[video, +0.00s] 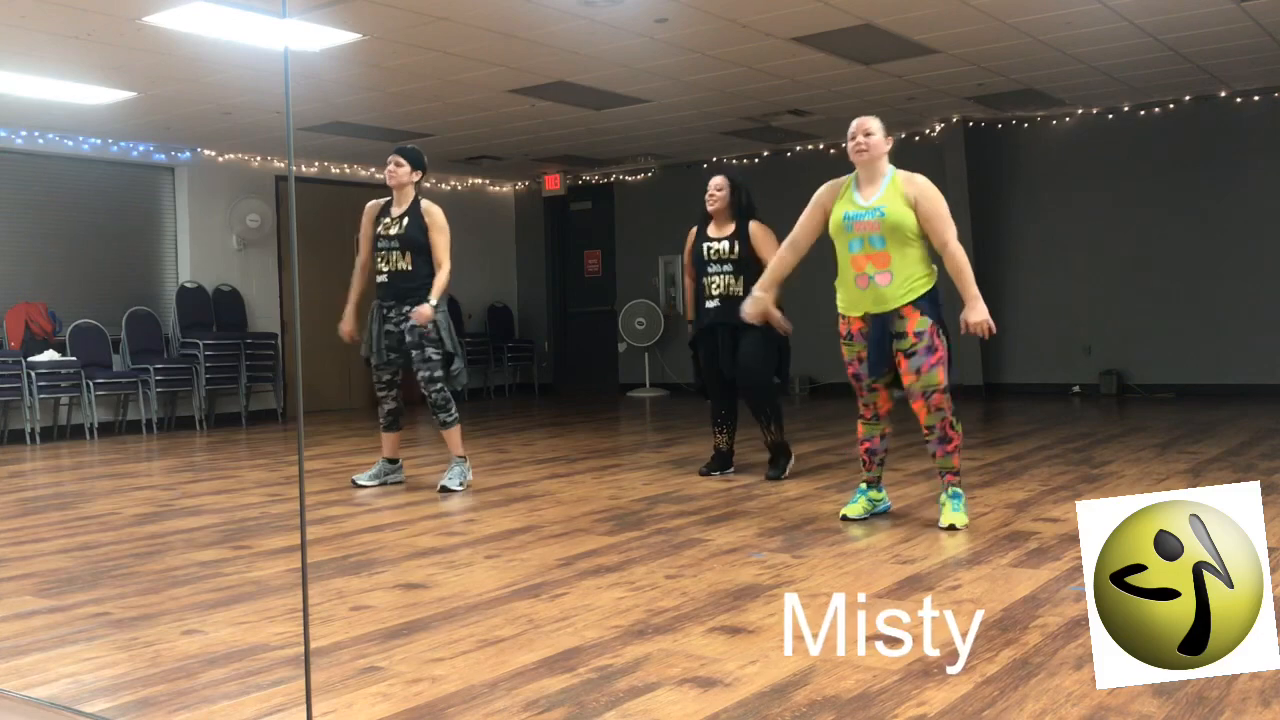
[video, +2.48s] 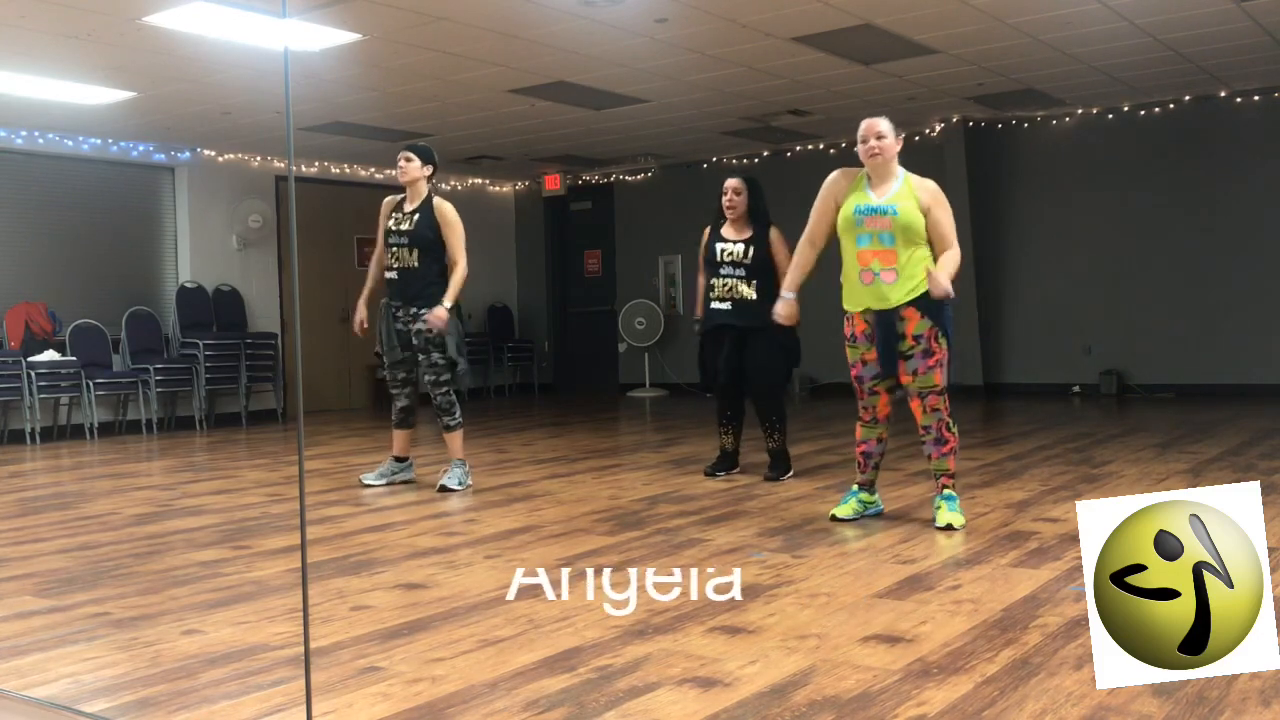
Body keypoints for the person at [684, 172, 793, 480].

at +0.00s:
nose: (710, 195)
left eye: (718, 189)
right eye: (708, 190)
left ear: (734, 195)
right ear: (705, 197)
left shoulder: (754, 231)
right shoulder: (696, 235)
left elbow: (779, 269)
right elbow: (690, 277)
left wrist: (767, 305)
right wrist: (691, 319)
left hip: (751, 327)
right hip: (712, 328)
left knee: (755, 386)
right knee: (719, 392)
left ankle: (779, 451)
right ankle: (722, 455)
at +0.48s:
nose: (730, 194)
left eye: (738, 189)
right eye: (727, 189)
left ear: (753, 195)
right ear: (723, 196)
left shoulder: (771, 230)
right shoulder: (715, 229)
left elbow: (792, 271)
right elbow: (710, 272)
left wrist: (792, 314)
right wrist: (712, 308)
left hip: (765, 326)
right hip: (725, 327)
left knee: (772, 389)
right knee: (712, 382)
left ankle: (783, 457)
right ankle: (721, 452)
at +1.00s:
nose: (727, 200)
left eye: (734, 195)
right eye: (723, 195)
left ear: (748, 199)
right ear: (718, 200)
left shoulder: (767, 234)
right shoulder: (711, 234)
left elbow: (788, 274)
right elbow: (685, 264)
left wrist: (789, 311)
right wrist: (671, 231)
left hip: (758, 331)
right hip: (719, 330)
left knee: (763, 393)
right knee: (724, 392)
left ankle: (777, 458)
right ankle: (725, 456)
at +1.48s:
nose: (745, 196)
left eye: (752, 191)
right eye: (741, 191)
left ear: (768, 196)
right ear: (737, 197)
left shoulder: (783, 227)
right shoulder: (732, 231)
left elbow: (797, 265)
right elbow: (707, 262)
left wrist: (771, 249)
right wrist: (693, 227)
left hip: (774, 326)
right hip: (734, 326)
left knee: (774, 391)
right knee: (732, 389)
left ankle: (779, 459)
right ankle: (732, 457)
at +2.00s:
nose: (740, 200)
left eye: (747, 194)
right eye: (736, 194)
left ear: (760, 198)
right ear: (729, 199)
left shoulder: (779, 229)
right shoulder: (719, 234)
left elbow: (805, 266)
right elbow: (703, 274)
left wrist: (815, 303)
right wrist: (697, 272)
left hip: (771, 326)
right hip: (729, 329)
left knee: (774, 389)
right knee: (724, 389)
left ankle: (779, 458)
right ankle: (727, 454)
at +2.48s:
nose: (729, 198)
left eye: (736, 193)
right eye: (725, 193)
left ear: (751, 198)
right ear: (720, 198)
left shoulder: (770, 234)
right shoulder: (711, 233)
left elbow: (787, 281)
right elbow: (703, 275)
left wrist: (786, 322)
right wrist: (699, 316)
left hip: (762, 330)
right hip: (722, 330)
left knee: (766, 393)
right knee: (726, 393)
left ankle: (779, 458)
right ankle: (728, 456)